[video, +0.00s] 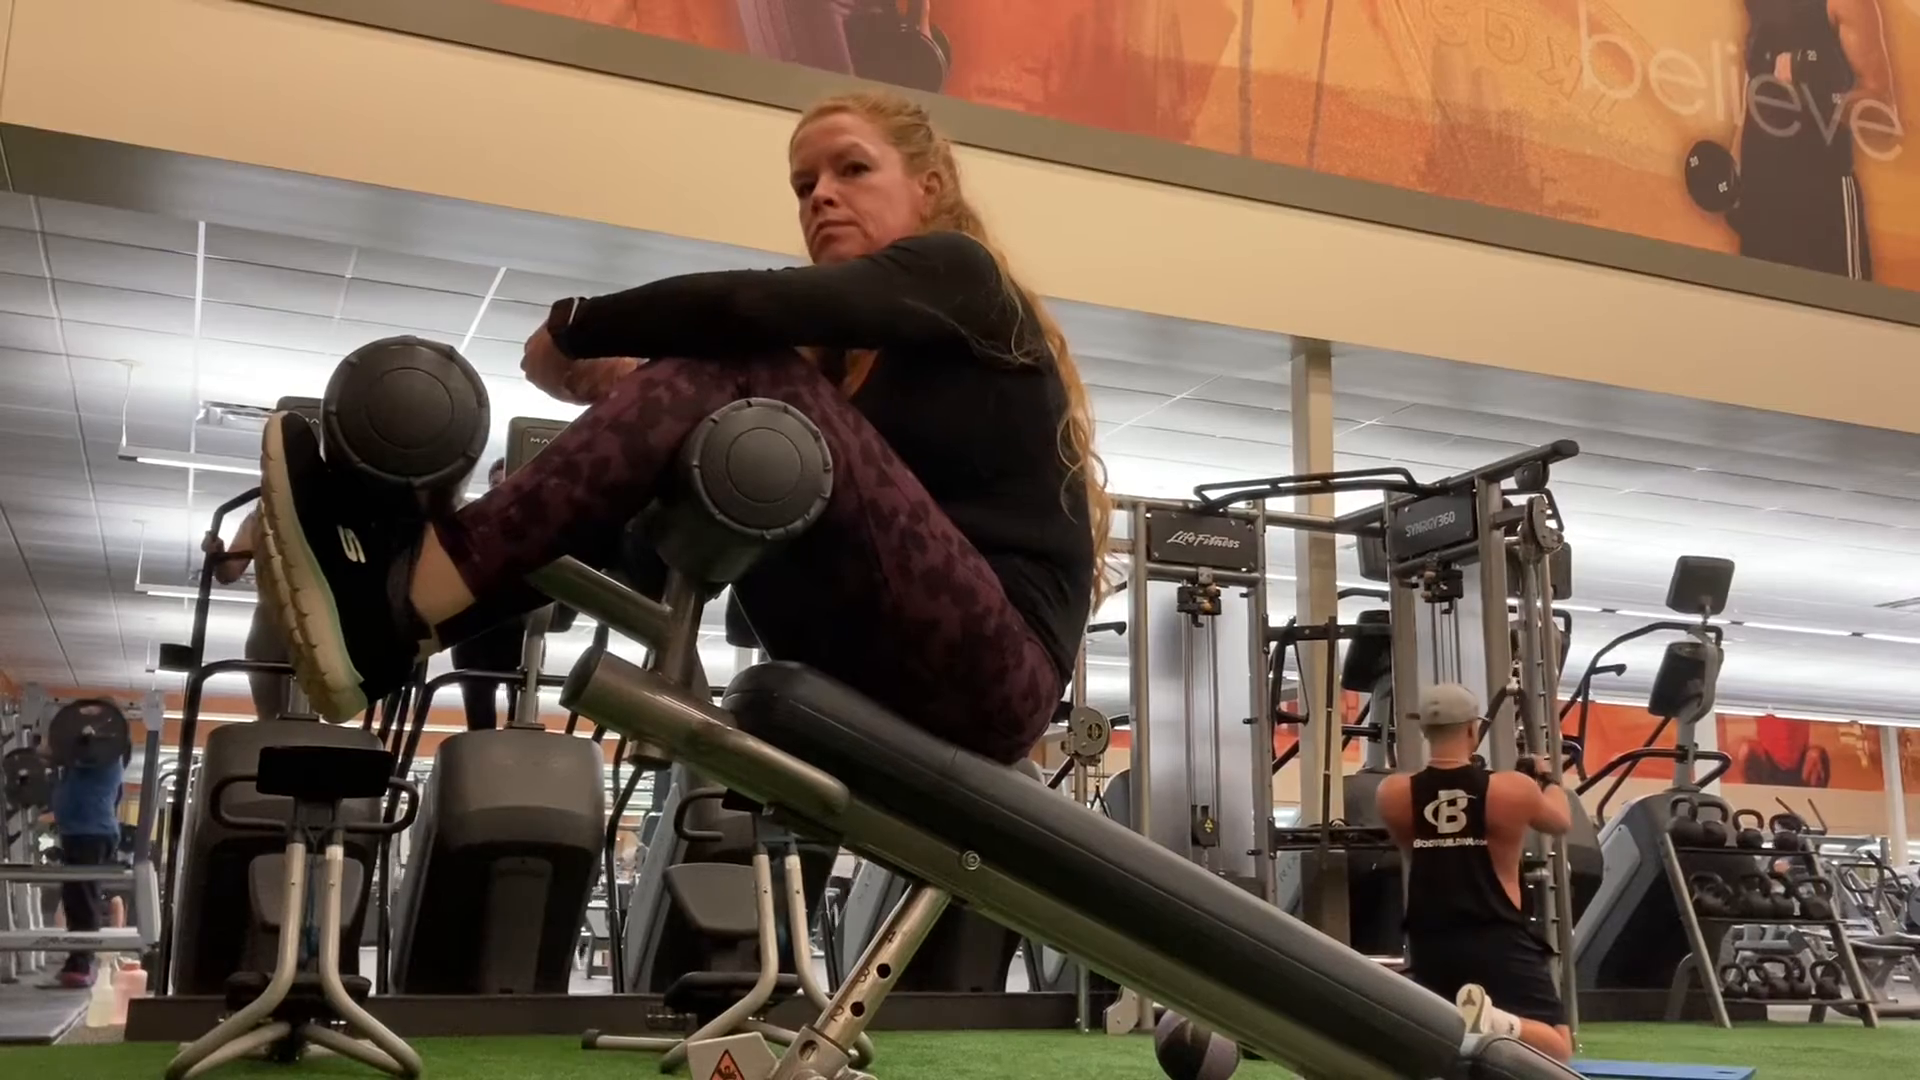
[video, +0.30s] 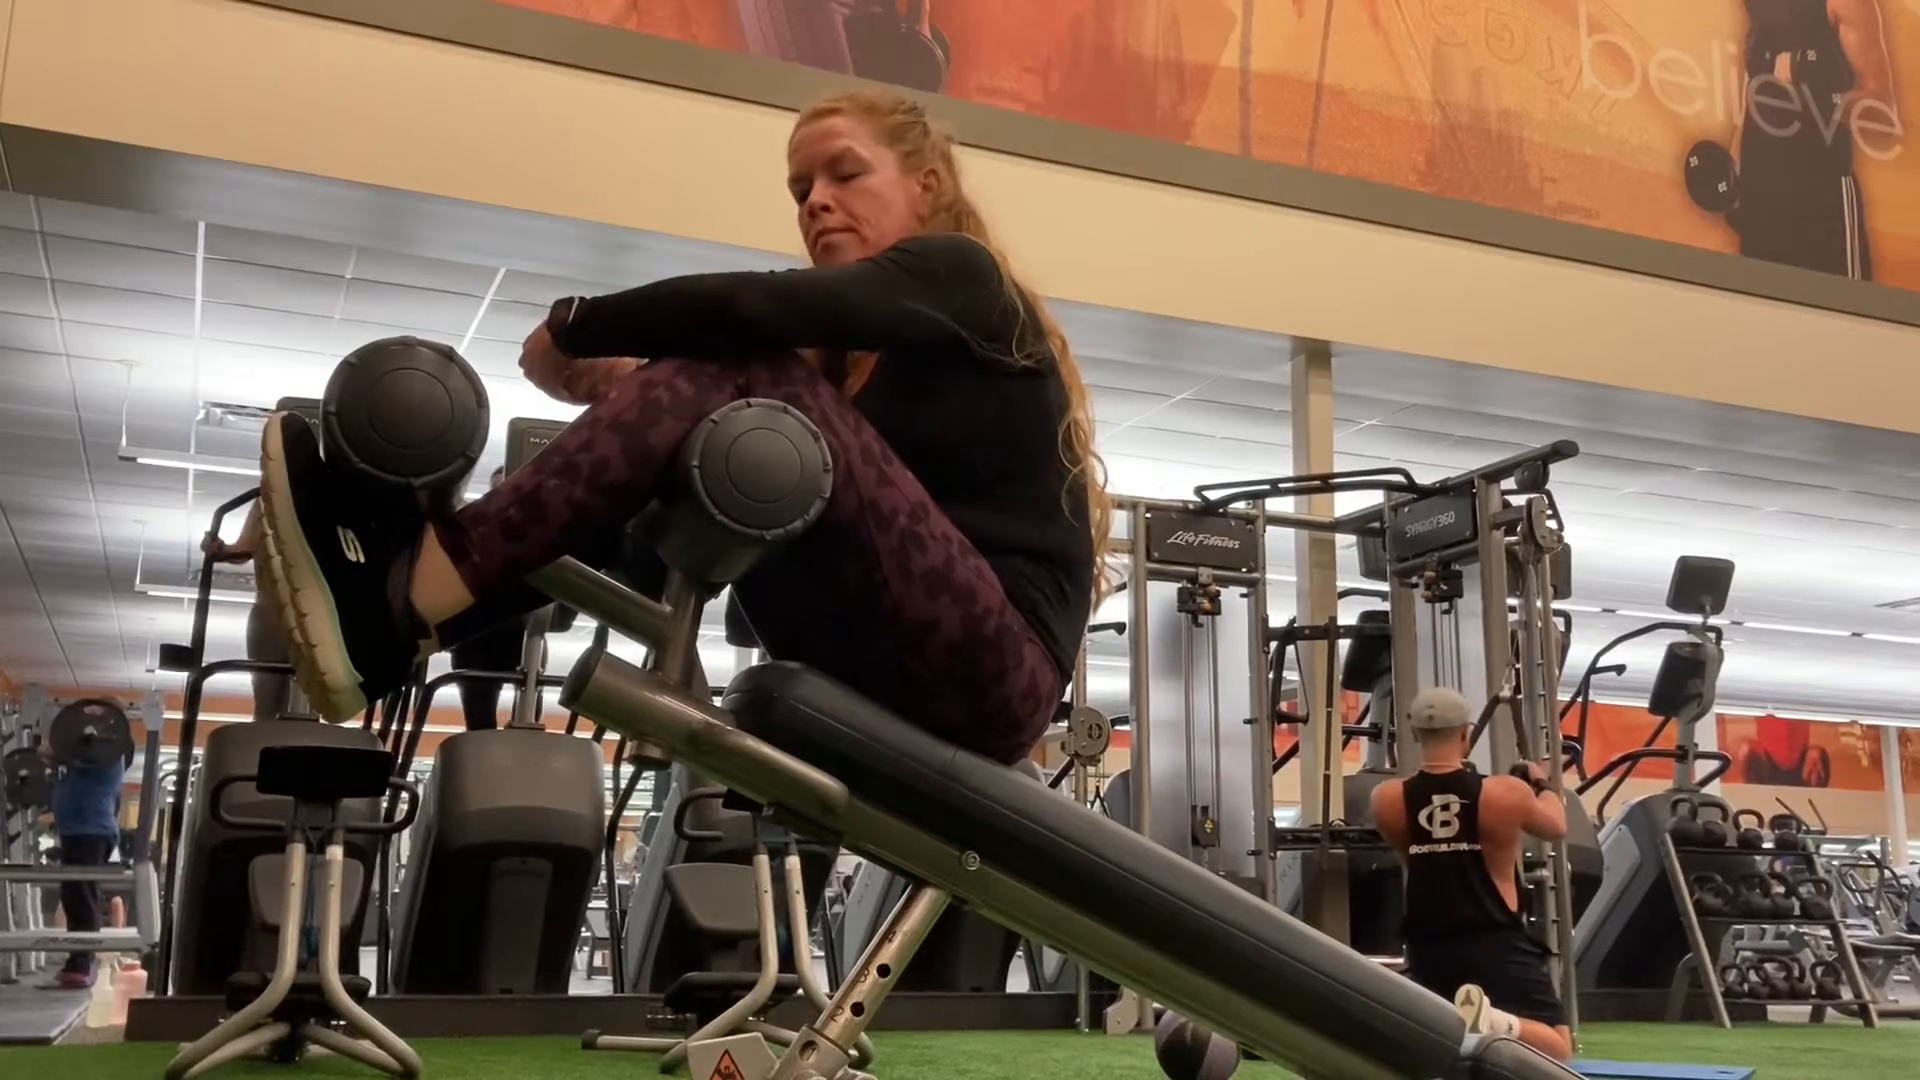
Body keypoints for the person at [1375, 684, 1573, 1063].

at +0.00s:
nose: (1479, 729)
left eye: (1477, 723)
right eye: (1477, 723)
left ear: (1425, 730)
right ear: (1473, 728)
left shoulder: (1393, 795)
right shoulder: (1512, 789)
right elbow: (1559, 820)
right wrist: (1550, 778)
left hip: (1428, 942)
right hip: (1498, 942)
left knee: (1443, 1040)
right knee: (1560, 1046)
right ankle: (1496, 1021)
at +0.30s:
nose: (1467, 735)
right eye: (1467, 729)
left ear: (1416, 734)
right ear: (1465, 734)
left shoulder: (1387, 801)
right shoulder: (1506, 794)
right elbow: (1555, 825)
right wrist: (1544, 783)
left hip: (1426, 946)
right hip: (1496, 945)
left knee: (1439, 1040)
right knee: (1561, 1047)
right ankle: (1496, 1021)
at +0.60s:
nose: (1460, 740)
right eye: (1459, 733)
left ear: (1405, 741)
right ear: (1457, 737)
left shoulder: (1379, 809)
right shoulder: (1500, 800)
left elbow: (1410, 858)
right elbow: (1556, 842)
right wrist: (1539, 801)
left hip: (1424, 958)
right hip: (1495, 956)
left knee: (1439, 1051)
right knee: (1561, 1048)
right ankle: (1495, 1021)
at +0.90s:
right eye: (1460, 739)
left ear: (1402, 748)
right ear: (1456, 743)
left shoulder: (1378, 814)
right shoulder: (1497, 809)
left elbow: (1367, 865)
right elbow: (1555, 868)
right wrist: (1527, 829)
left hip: (1422, 966)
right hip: (1495, 962)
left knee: (1439, 1053)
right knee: (1561, 1049)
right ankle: (1494, 1021)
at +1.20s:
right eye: (1463, 745)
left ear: (1405, 749)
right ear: (1459, 748)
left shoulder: (1377, 819)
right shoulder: (1497, 816)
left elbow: (1361, 886)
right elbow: (1553, 889)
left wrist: (1403, 865)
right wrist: (1543, 860)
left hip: (1419, 970)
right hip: (1492, 968)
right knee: (1561, 1047)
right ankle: (1494, 1021)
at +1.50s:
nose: (1464, 745)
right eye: (1462, 739)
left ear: (1406, 749)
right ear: (1456, 745)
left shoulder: (1378, 817)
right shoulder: (1497, 814)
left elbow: (1368, 875)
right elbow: (1555, 877)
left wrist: (1412, 853)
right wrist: (1530, 842)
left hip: (1416, 968)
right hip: (1490, 966)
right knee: (1561, 1049)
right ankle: (1493, 1022)